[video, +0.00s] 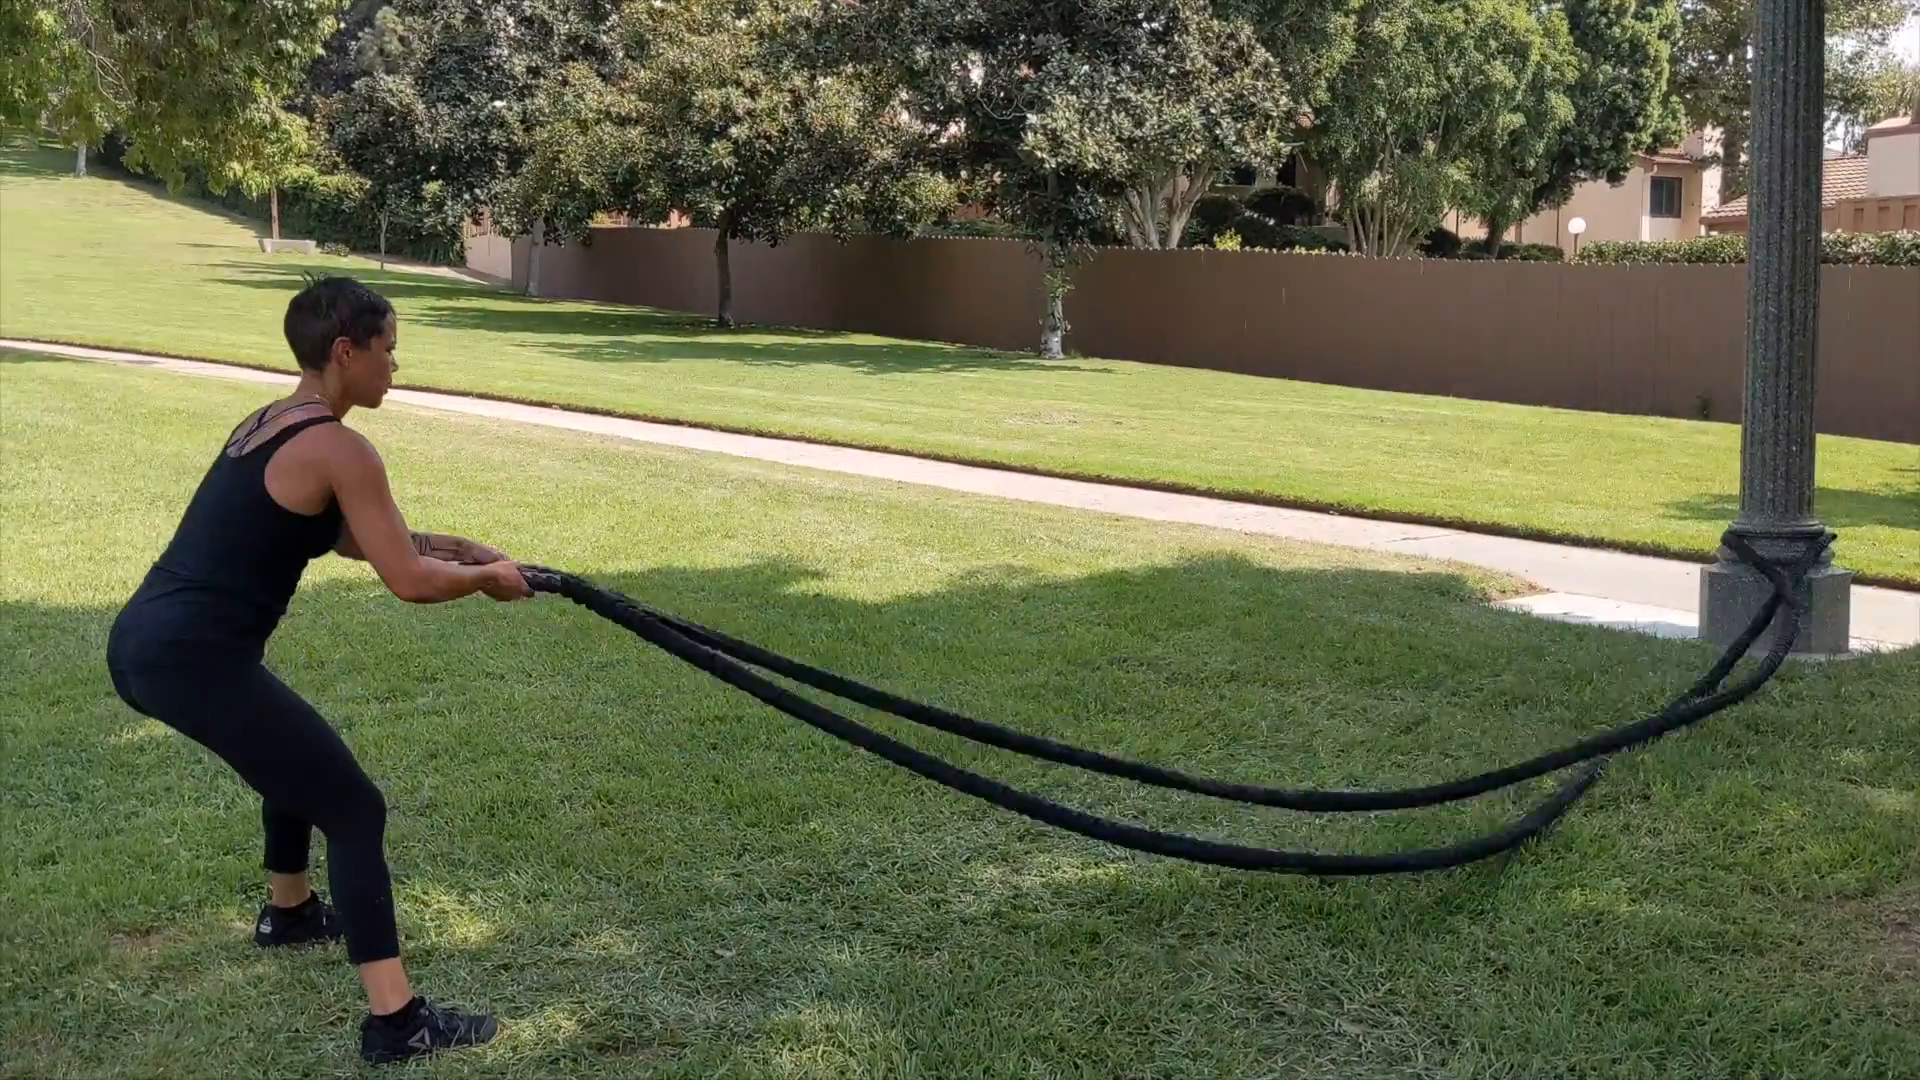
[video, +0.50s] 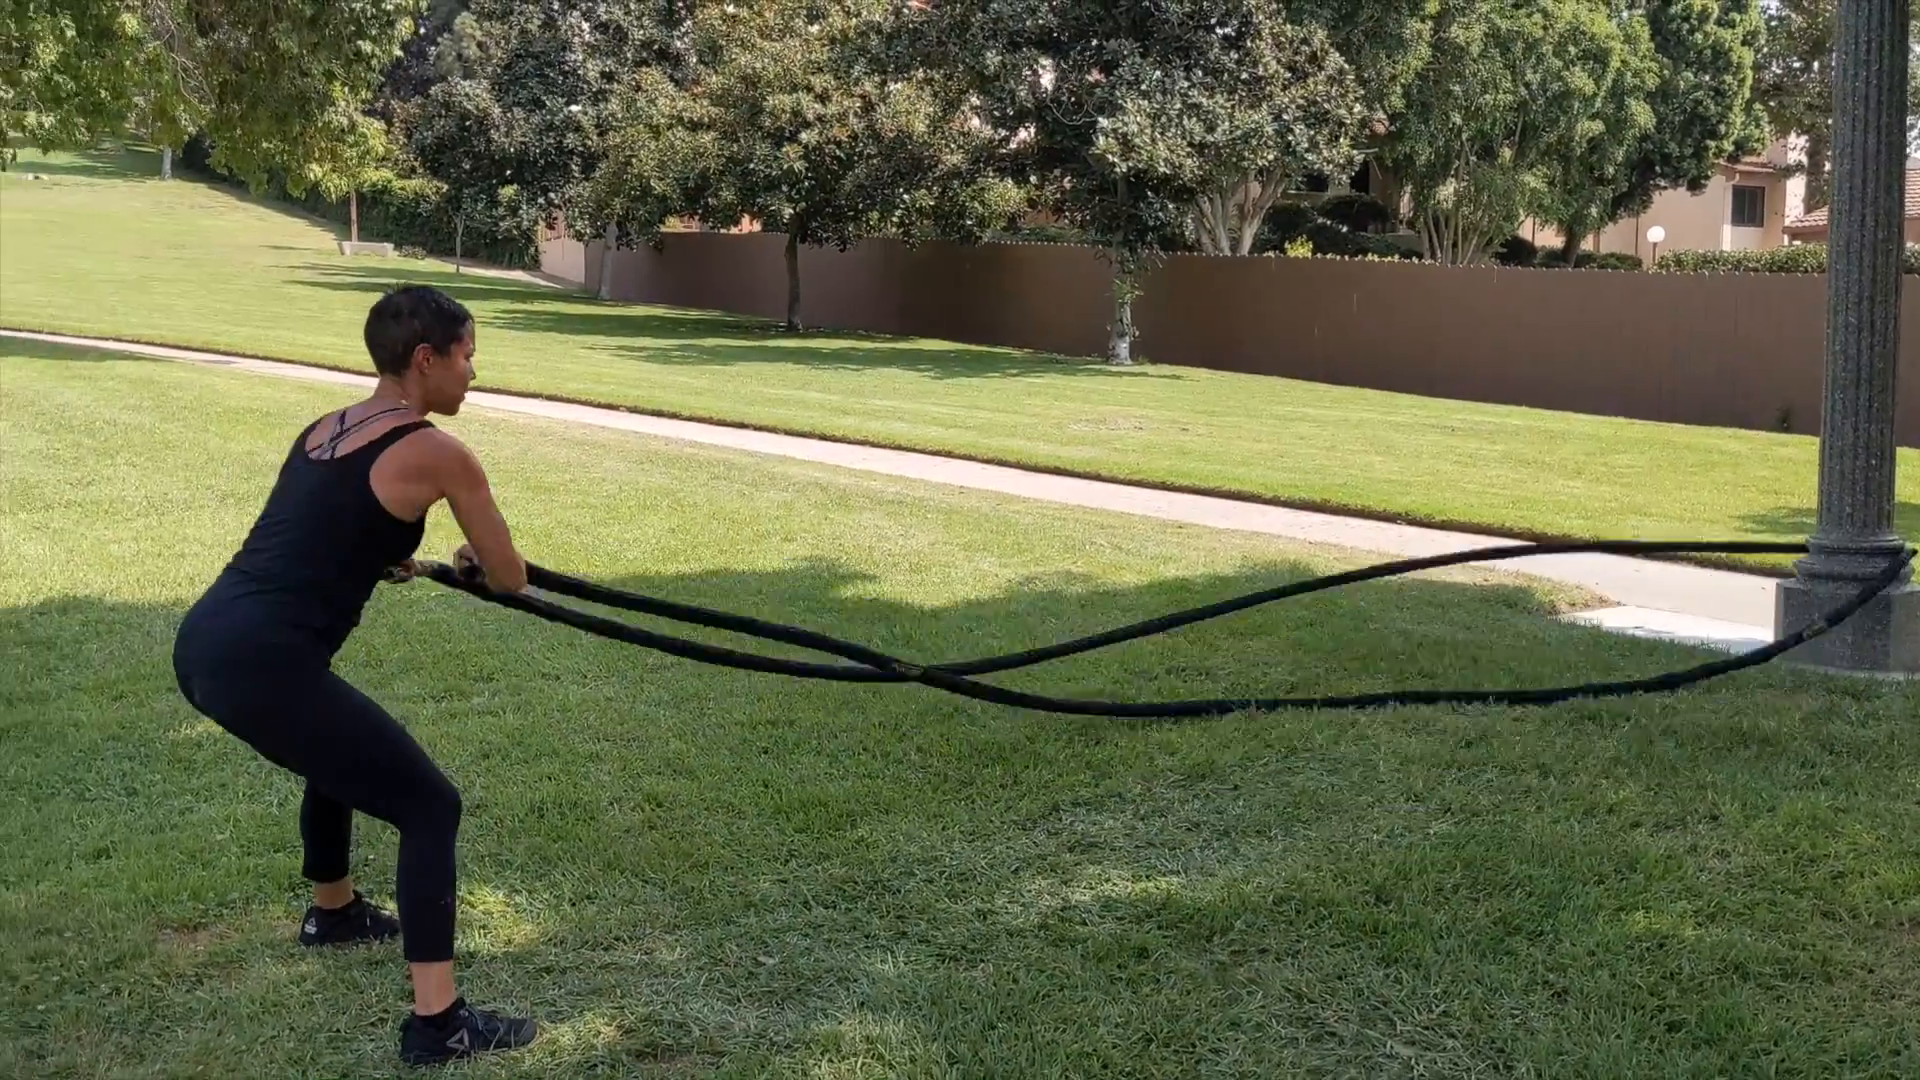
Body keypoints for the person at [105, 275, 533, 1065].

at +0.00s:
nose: (394, 369)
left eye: (395, 352)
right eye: (388, 351)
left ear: (327, 352)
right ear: (344, 350)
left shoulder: (267, 421)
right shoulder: (343, 452)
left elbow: (334, 536)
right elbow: (409, 579)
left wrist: (448, 549)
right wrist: (487, 579)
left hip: (145, 644)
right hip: (196, 661)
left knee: (297, 753)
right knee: (354, 808)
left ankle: (290, 909)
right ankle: (394, 1015)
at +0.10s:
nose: (393, 365)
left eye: (393, 349)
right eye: (386, 349)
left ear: (322, 352)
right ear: (344, 351)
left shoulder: (258, 415)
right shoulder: (360, 451)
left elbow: (294, 531)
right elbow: (412, 580)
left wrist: (397, 539)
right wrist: (439, 569)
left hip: (145, 648)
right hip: (210, 663)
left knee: (291, 749)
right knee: (372, 803)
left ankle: (293, 908)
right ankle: (398, 1015)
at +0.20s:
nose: (406, 368)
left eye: (406, 352)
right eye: (399, 353)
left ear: (331, 357)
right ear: (359, 356)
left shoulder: (261, 415)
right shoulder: (382, 451)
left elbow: (263, 520)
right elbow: (427, 578)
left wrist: (352, 545)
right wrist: (400, 556)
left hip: (158, 648)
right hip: (231, 662)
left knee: (303, 743)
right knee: (394, 804)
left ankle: (301, 908)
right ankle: (405, 1015)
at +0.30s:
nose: (429, 370)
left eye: (428, 355)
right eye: (422, 355)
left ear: (353, 359)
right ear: (383, 358)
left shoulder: (282, 420)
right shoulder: (407, 453)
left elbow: (193, 512)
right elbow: (451, 572)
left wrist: (286, 530)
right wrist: (406, 545)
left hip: (177, 647)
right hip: (253, 663)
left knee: (317, 740)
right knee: (411, 806)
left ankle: (312, 909)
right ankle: (414, 1018)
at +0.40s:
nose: (452, 371)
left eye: (451, 355)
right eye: (445, 356)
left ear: (375, 360)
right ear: (407, 360)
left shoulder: (306, 421)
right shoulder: (433, 459)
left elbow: (203, 510)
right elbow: (473, 575)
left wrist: (293, 533)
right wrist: (433, 552)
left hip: (193, 647)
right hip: (263, 665)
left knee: (328, 744)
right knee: (424, 806)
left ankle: (322, 910)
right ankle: (426, 1019)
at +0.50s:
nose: (472, 370)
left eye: (471, 354)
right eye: (465, 355)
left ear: (393, 359)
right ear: (425, 359)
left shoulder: (330, 424)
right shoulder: (438, 452)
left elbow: (311, 520)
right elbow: (508, 574)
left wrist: (384, 552)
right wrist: (485, 572)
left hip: (203, 647)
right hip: (266, 666)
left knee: (335, 751)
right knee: (432, 804)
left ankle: (334, 908)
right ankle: (437, 1018)